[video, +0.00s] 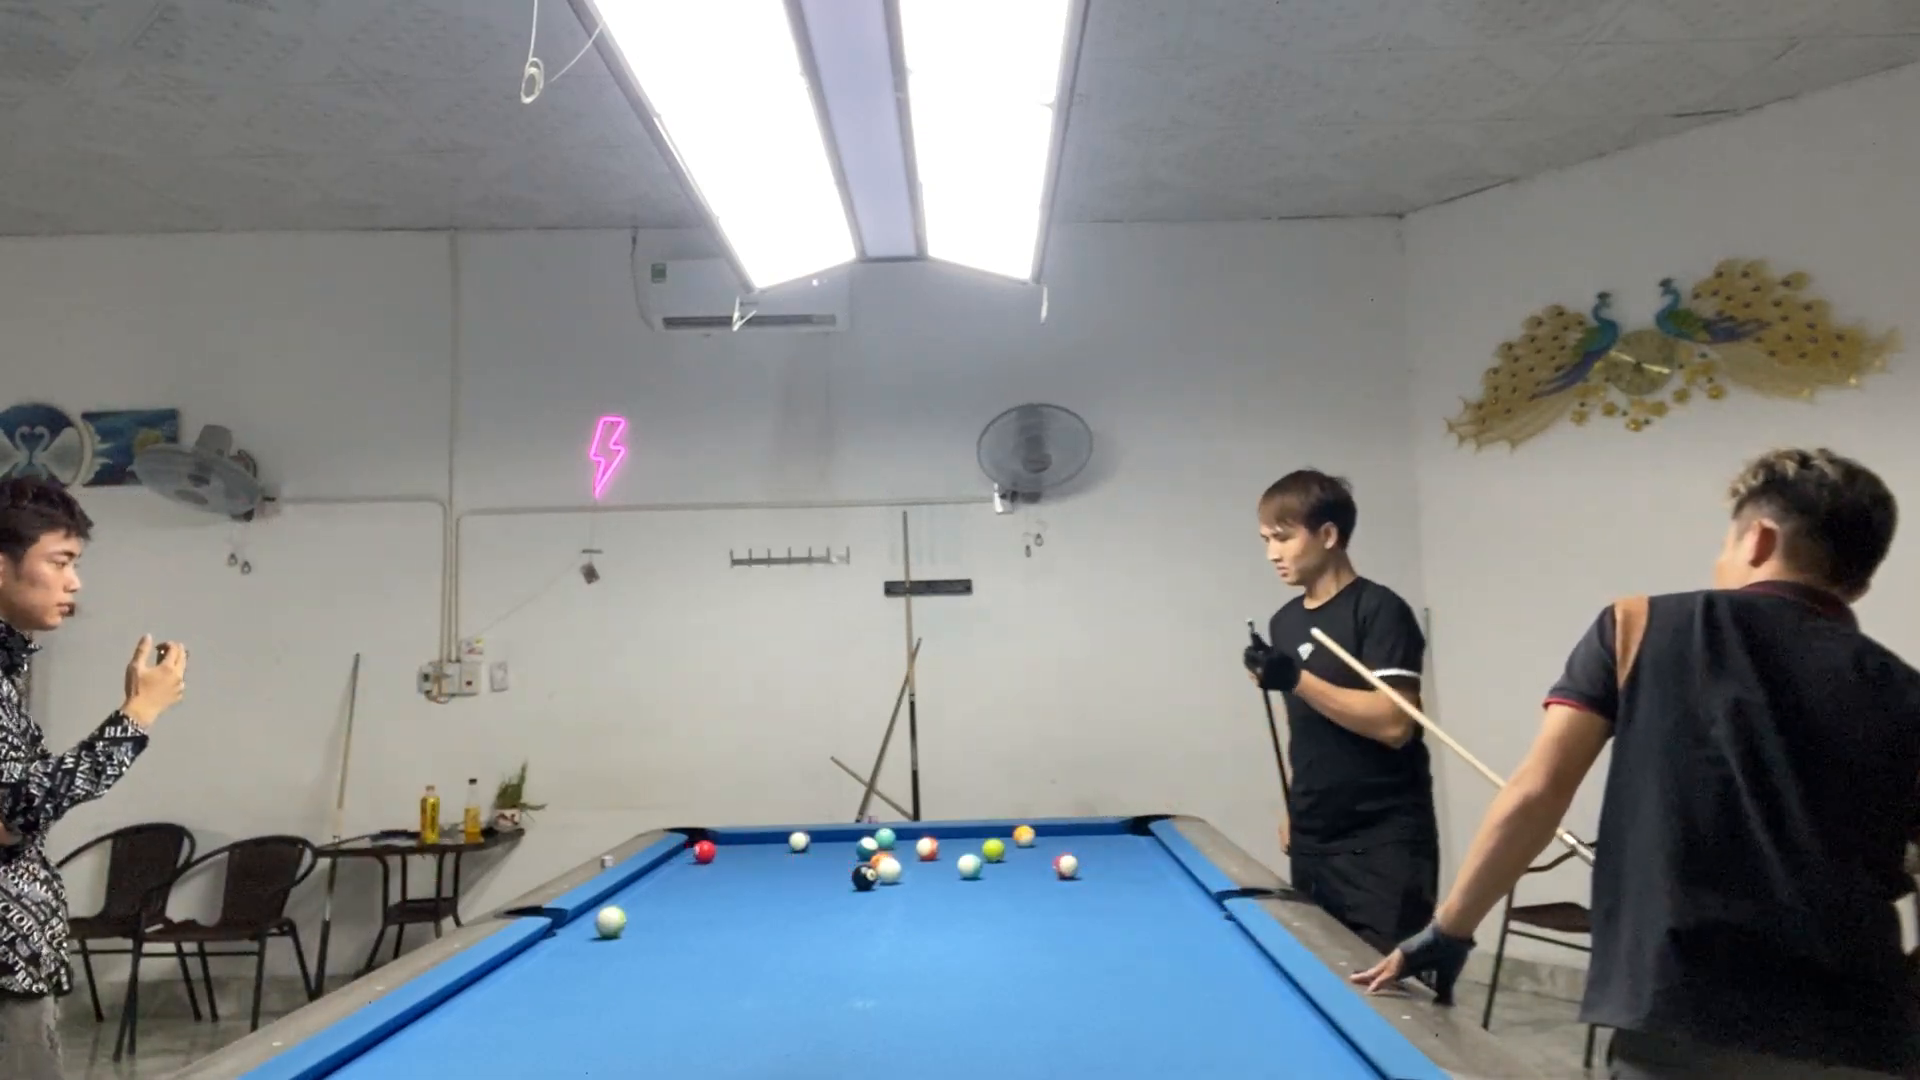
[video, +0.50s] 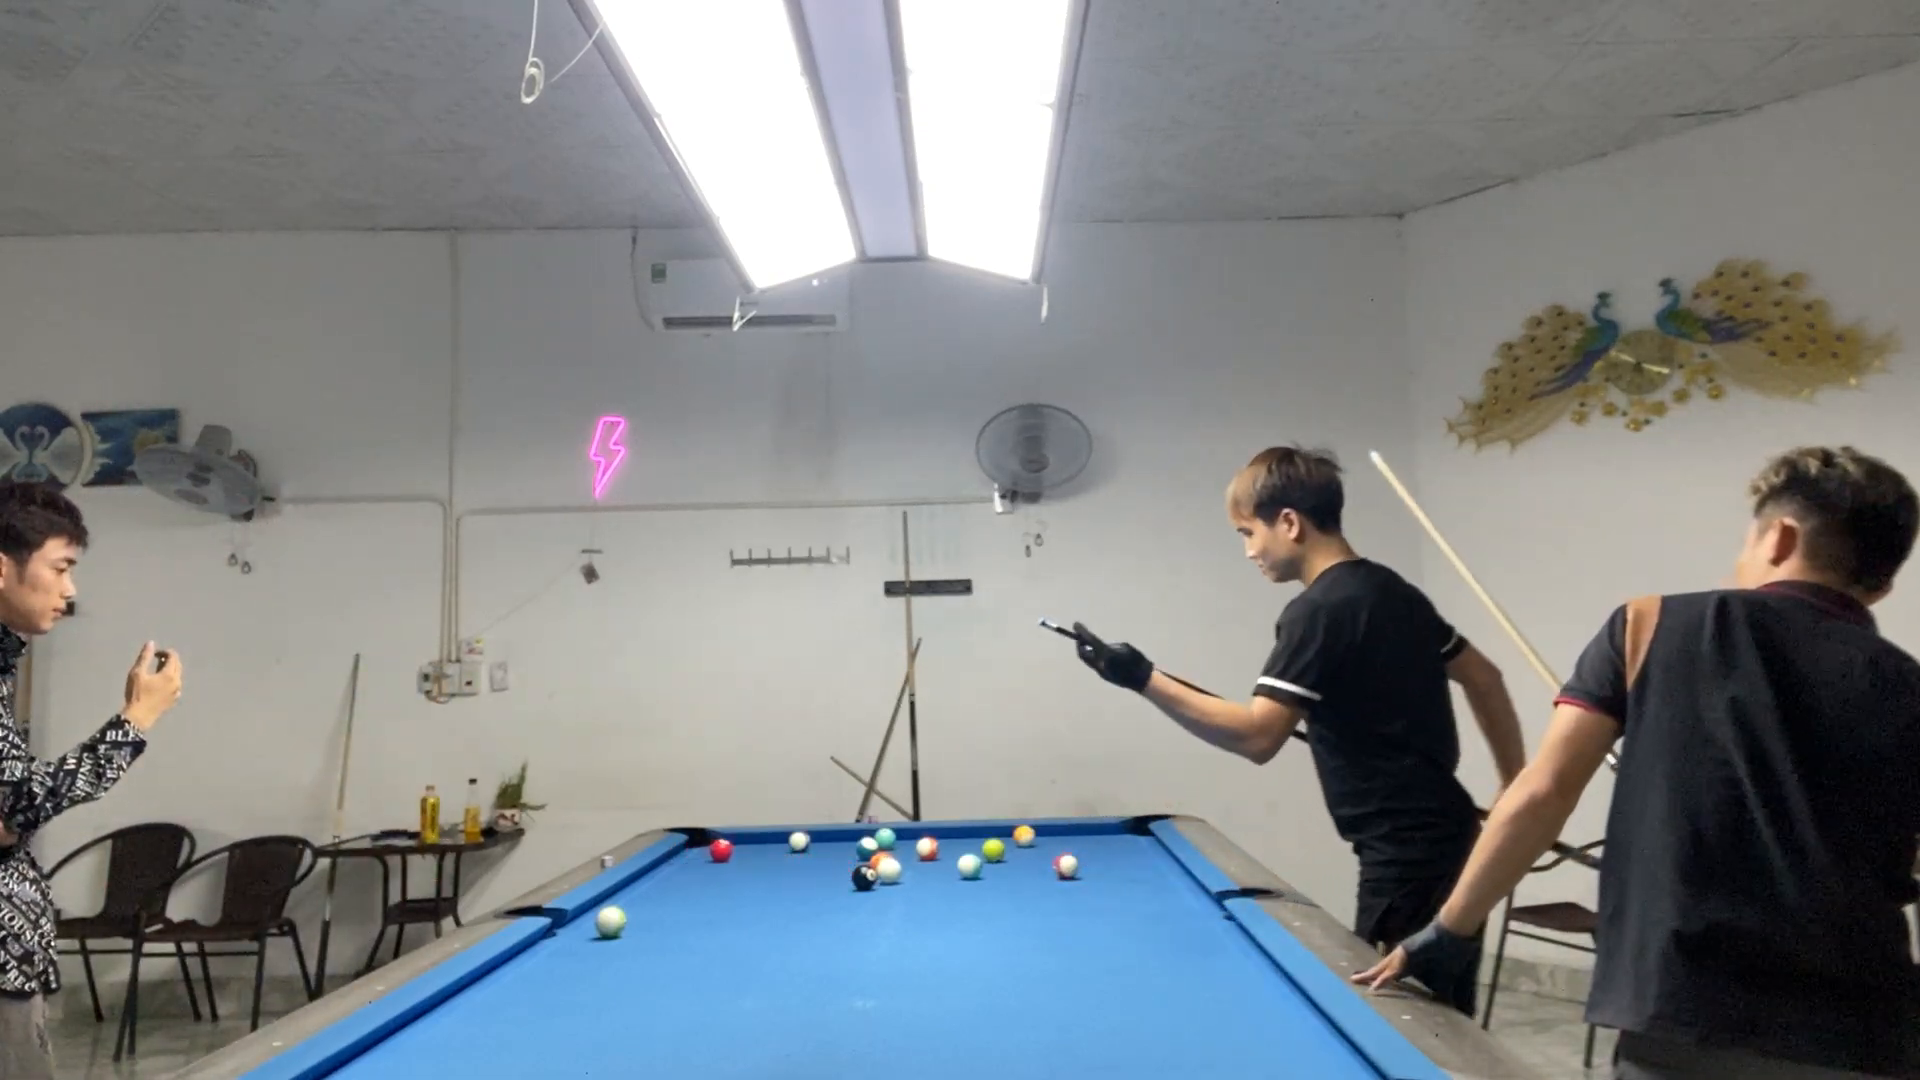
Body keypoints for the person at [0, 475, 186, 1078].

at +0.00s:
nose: (75, 583)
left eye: (74, 564)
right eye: (60, 561)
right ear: (6, 565)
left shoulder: (12, 668)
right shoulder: (6, 672)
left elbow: (32, 792)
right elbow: (24, 801)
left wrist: (133, 713)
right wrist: (137, 714)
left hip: (29, 968)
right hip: (15, 973)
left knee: (40, 1066)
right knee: (34, 1068)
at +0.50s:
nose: (70, 592)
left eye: (71, 571)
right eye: (60, 568)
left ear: (19, 568)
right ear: (7, 567)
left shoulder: (7, 666)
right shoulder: (4, 669)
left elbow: (23, 795)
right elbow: (21, 801)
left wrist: (13, 825)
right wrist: (135, 721)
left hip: (20, 970)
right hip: (10, 974)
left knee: (31, 1067)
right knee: (29, 1069)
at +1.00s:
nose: (69, 590)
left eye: (69, 569)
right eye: (57, 565)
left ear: (17, 566)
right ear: (5, 565)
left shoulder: (6, 665)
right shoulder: (4, 668)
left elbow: (18, 798)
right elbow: (15, 802)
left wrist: (128, 724)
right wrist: (132, 724)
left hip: (17, 975)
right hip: (9, 977)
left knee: (29, 1069)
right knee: (26, 1070)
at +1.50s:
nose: (65, 584)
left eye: (67, 566)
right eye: (49, 562)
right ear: (1, 565)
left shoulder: (6, 670)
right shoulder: (3, 673)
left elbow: (22, 795)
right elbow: (19, 799)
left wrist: (131, 721)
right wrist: (134, 722)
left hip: (19, 973)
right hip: (10, 977)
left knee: (30, 1068)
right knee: (26, 1069)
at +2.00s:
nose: (70, 588)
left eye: (71, 569)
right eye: (56, 565)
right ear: (6, 567)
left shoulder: (9, 667)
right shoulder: (5, 670)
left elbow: (25, 795)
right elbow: (25, 799)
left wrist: (14, 824)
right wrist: (139, 720)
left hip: (20, 972)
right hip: (11, 974)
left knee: (30, 1069)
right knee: (26, 1070)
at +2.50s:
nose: (71, 595)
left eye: (72, 576)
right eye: (60, 572)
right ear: (5, 569)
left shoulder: (4, 670)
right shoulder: (1, 673)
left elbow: (22, 795)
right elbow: (22, 801)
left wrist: (12, 823)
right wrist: (139, 720)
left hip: (18, 976)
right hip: (8, 978)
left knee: (29, 1069)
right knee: (26, 1070)